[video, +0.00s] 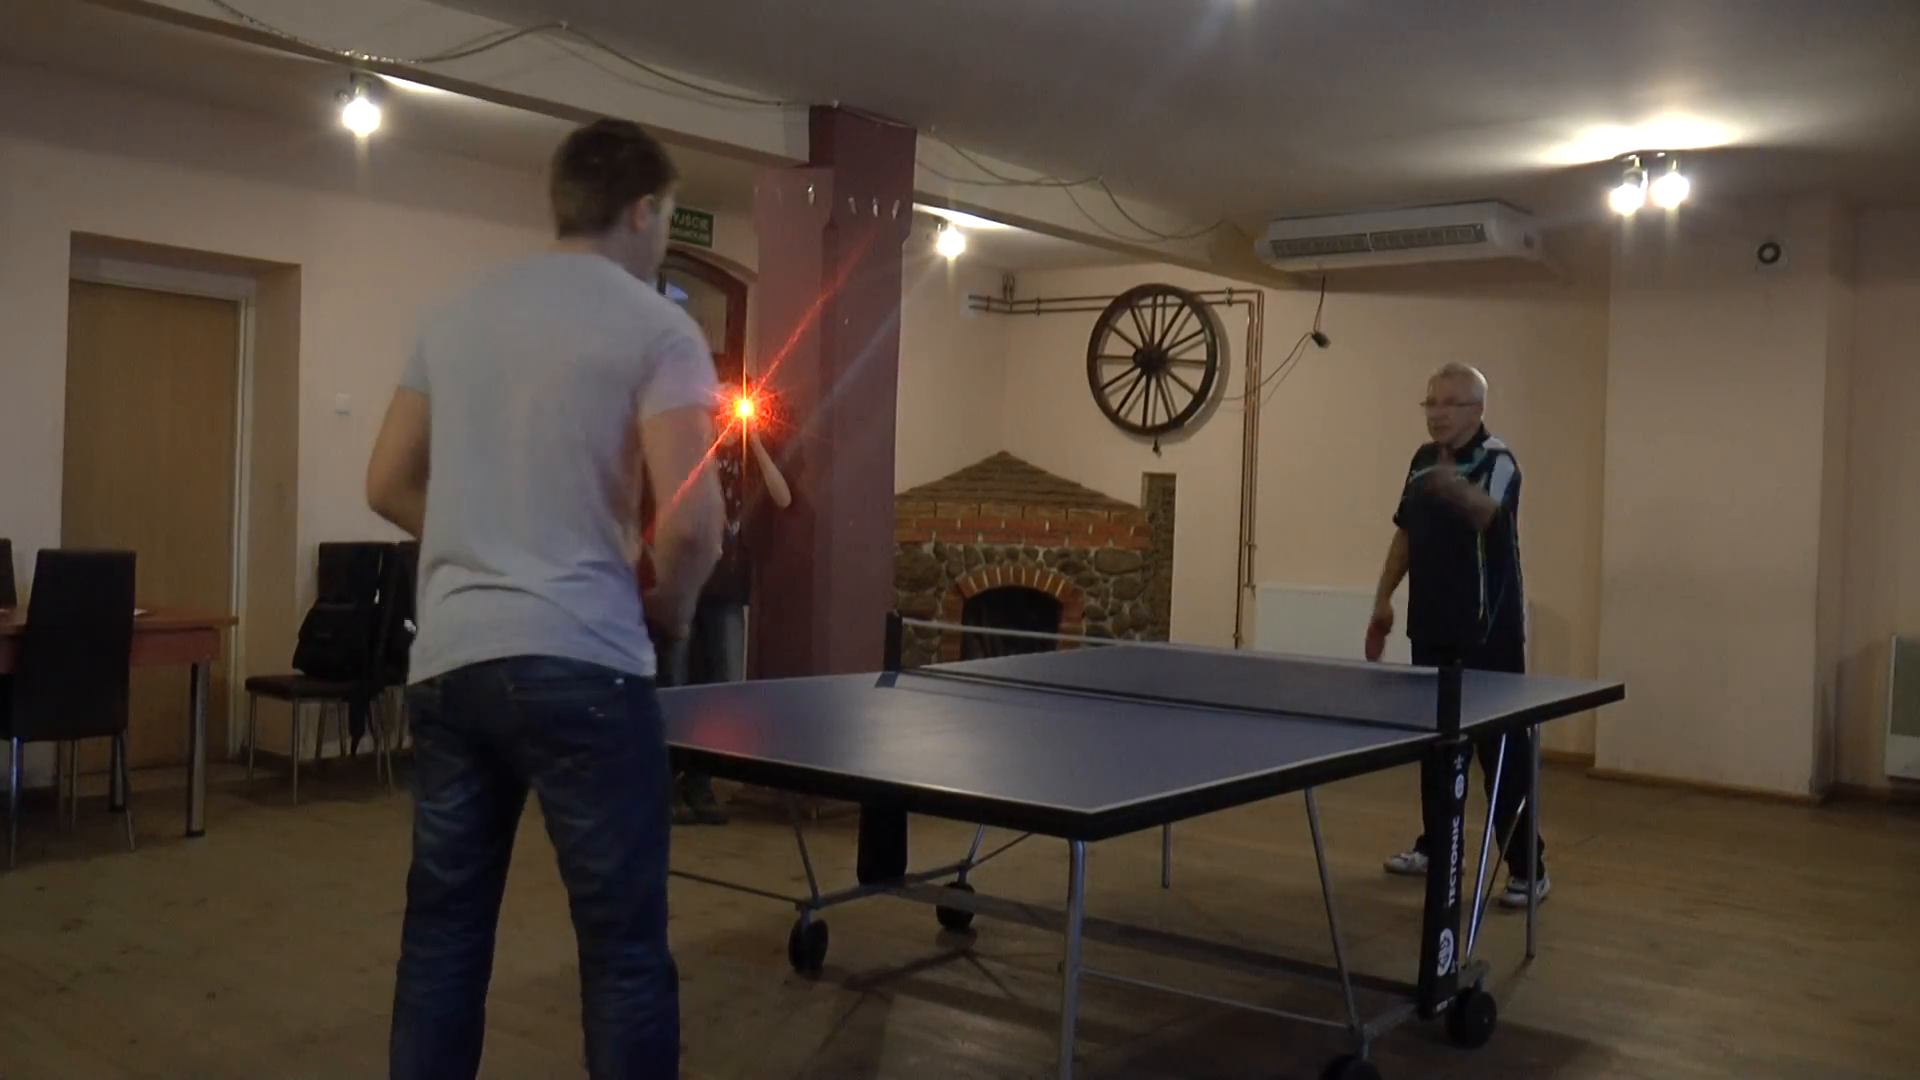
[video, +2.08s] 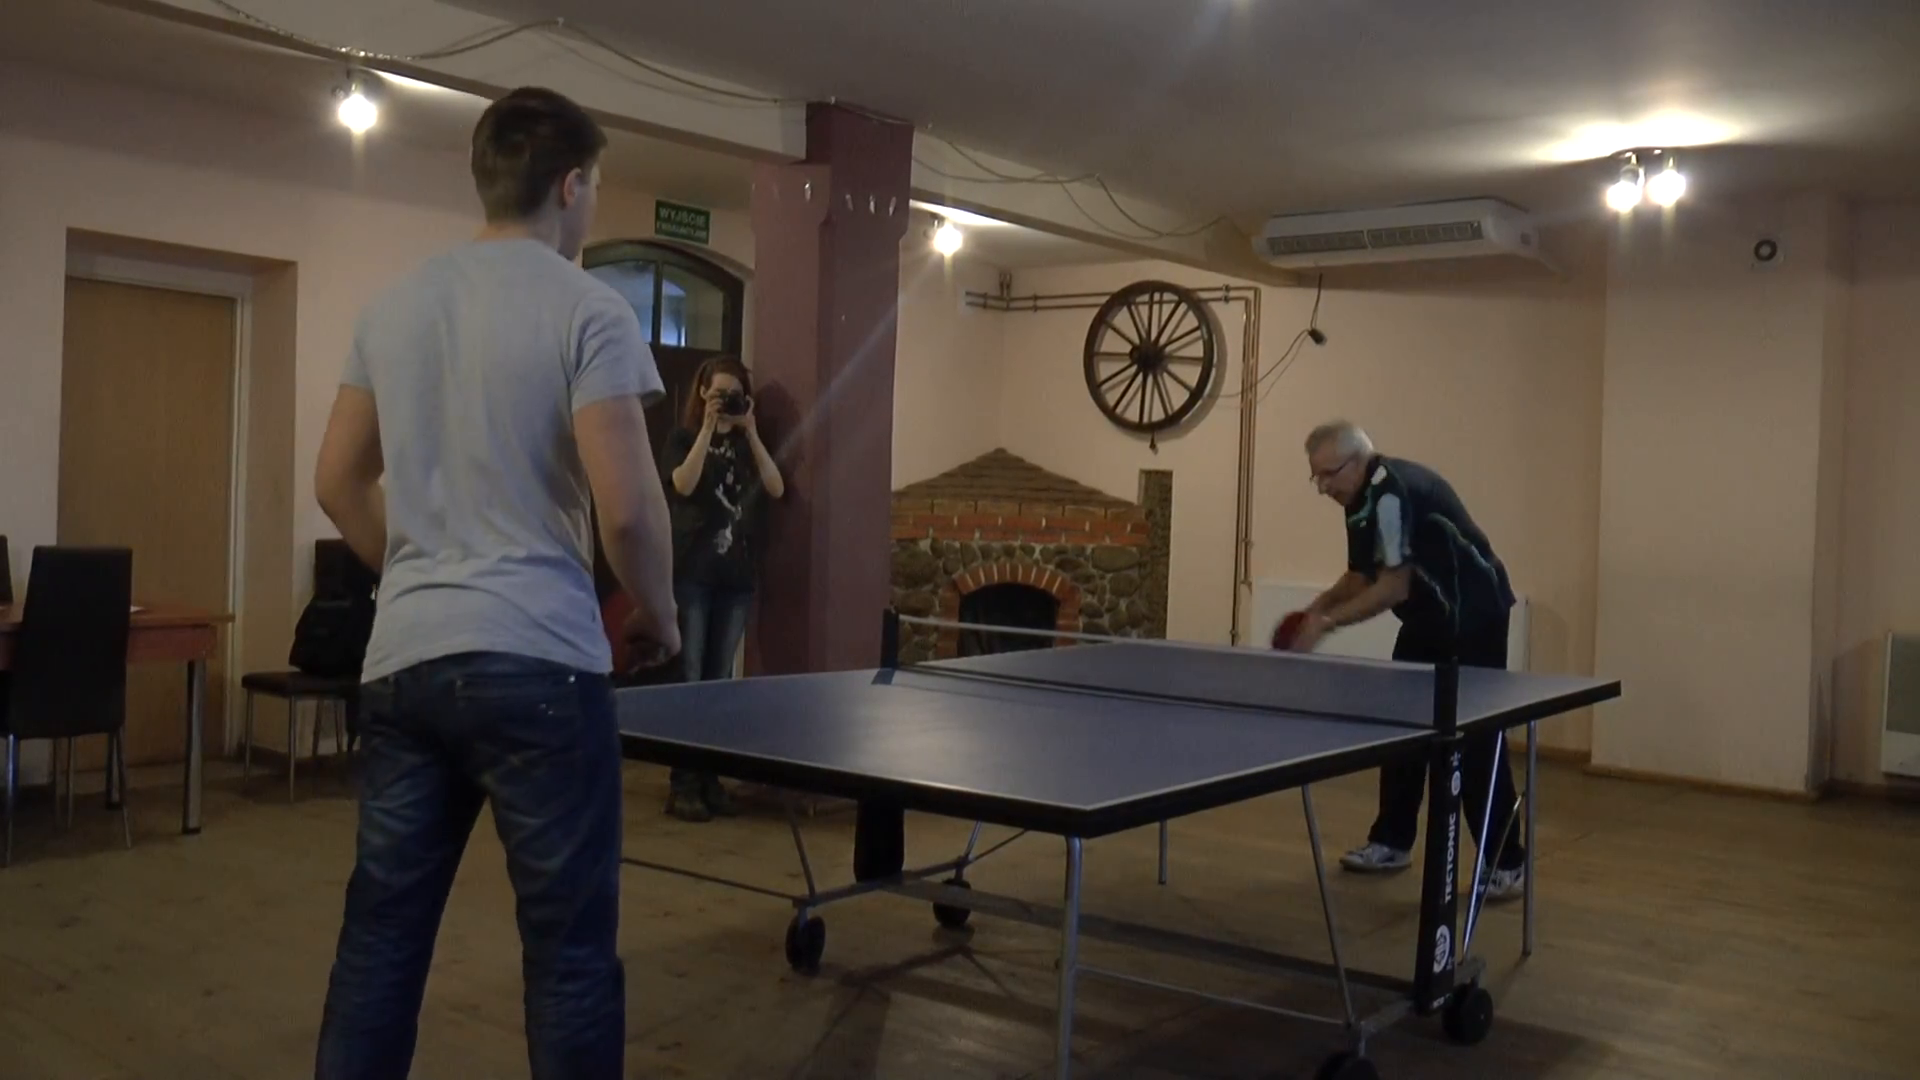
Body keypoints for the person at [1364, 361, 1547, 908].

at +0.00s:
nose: (1436, 414)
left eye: (1448, 405)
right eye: (1430, 404)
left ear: (1477, 410)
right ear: (1425, 409)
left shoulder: (1496, 460)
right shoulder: (1424, 462)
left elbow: (1487, 513)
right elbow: (1406, 536)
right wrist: (1382, 599)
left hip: (1491, 632)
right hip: (1433, 629)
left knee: (1503, 753)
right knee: (1436, 744)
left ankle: (1527, 867)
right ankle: (1435, 843)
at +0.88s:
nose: (1459, 411)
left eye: (1472, 402)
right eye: (1453, 401)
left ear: (1500, 409)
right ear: (1446, 406)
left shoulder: (1531, 466)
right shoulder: (1435, 468)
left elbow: (1564, 544)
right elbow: (1411, 541)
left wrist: (1512, 531)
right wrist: (1406, 591)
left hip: (1509, 639)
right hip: (1445, 635)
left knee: (1504, 754)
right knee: (1438, 746)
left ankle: (1501, 866)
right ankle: (1436, 846)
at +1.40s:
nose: (1438, 425)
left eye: (1448, 414)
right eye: (1432, 415)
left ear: (1483, 412)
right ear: (1429, 415)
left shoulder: (1521, 460)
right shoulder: (1435, 471)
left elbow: (1535, 545)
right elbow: (1409, 548)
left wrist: (1465, 567)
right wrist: (1361, 576)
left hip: (1508, 640)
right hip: (1441, 633)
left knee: (1501, 752)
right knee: (1414, 736)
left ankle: (1500, 864)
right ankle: (1403, 840)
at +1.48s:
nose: (1422, 433)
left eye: (1432, 421)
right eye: (1417, 423)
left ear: (1467, 418)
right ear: (1417, 423)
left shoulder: (1502, 462)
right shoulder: (1427, 477)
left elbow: (1504, 544)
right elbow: (1401, 551)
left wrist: (1424, 576)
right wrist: (1342, 574)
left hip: (1507, 634)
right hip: (1444, 628)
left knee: (1503, 751)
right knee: (1410, 732)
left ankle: (1499, 864)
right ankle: (1393, 840)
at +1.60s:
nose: (1392, 446)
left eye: (1400, 435)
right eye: (1388, 436)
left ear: (1433, 429)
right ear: (1401, 437)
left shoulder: (1465, 469)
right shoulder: (1413, 488)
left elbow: (1434, 552)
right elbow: (1381, 553)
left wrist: (1351, 578)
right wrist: (1317, 573)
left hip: (1506, 632)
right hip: (1447, 628)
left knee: (1501, 749)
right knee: (1414, 733)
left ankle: (1500, 865)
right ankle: (1390, 844)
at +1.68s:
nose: (1370, 457)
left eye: (1379, 446)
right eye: (1367, 448)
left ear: (1412, 441)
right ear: (1379, 448)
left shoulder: (1438, 475)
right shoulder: (1404, 490)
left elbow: (1389, 553)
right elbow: (1370, 555)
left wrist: (1302, 576)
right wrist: (1299, 577)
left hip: (1504, 626)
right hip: (1448, 624)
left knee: (1498, 746)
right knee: (1415, 730)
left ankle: (1499, 862)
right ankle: (1394, 843)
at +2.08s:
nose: (1322, 486)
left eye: (1328, 475)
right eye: (1317, 476)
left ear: (1358, 463)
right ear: (1348, 466)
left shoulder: (1394, 493)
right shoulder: (1360, 496)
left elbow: (1396, 586)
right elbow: (1360, 575)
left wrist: (1325, 623)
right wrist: (1314, 613)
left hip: (1475, 616)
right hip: (1426, 615)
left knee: (1476, 738)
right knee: (1403, 725)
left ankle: (1506, 860)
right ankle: (1392, 842)